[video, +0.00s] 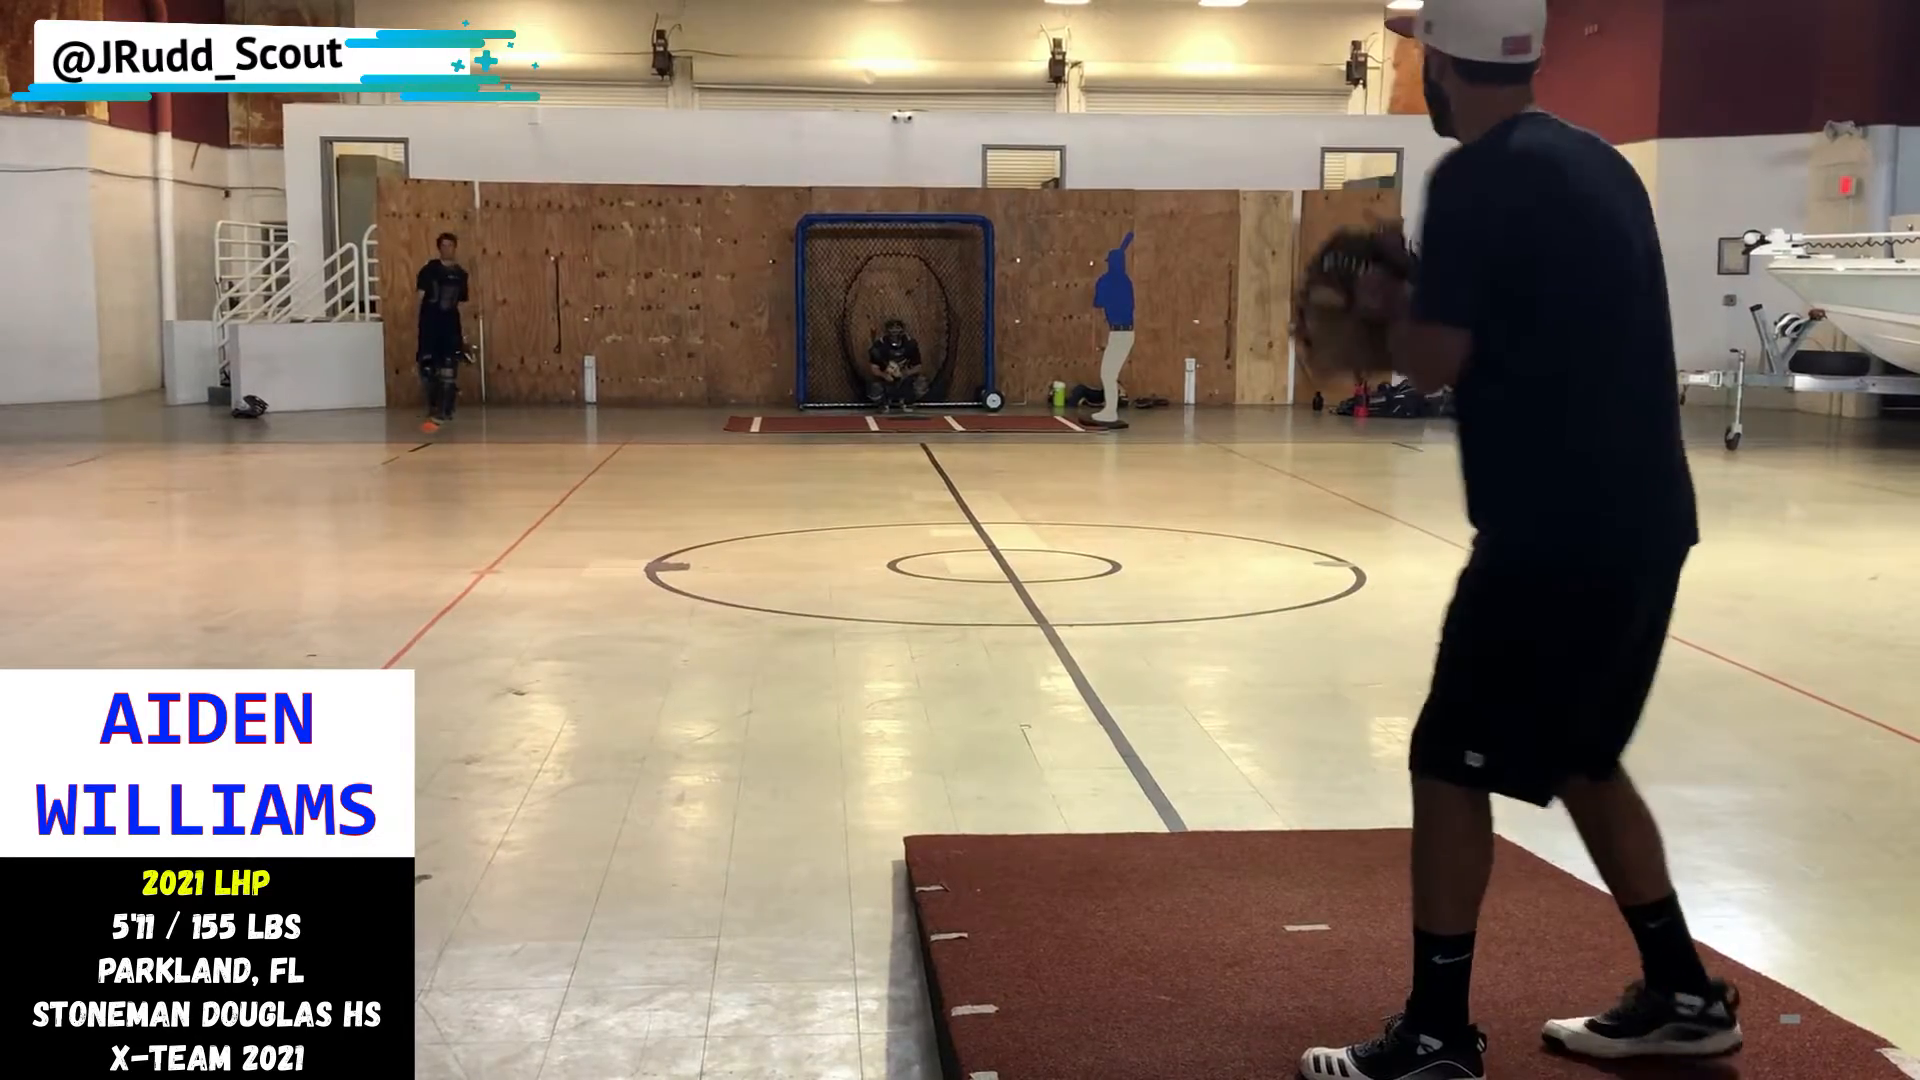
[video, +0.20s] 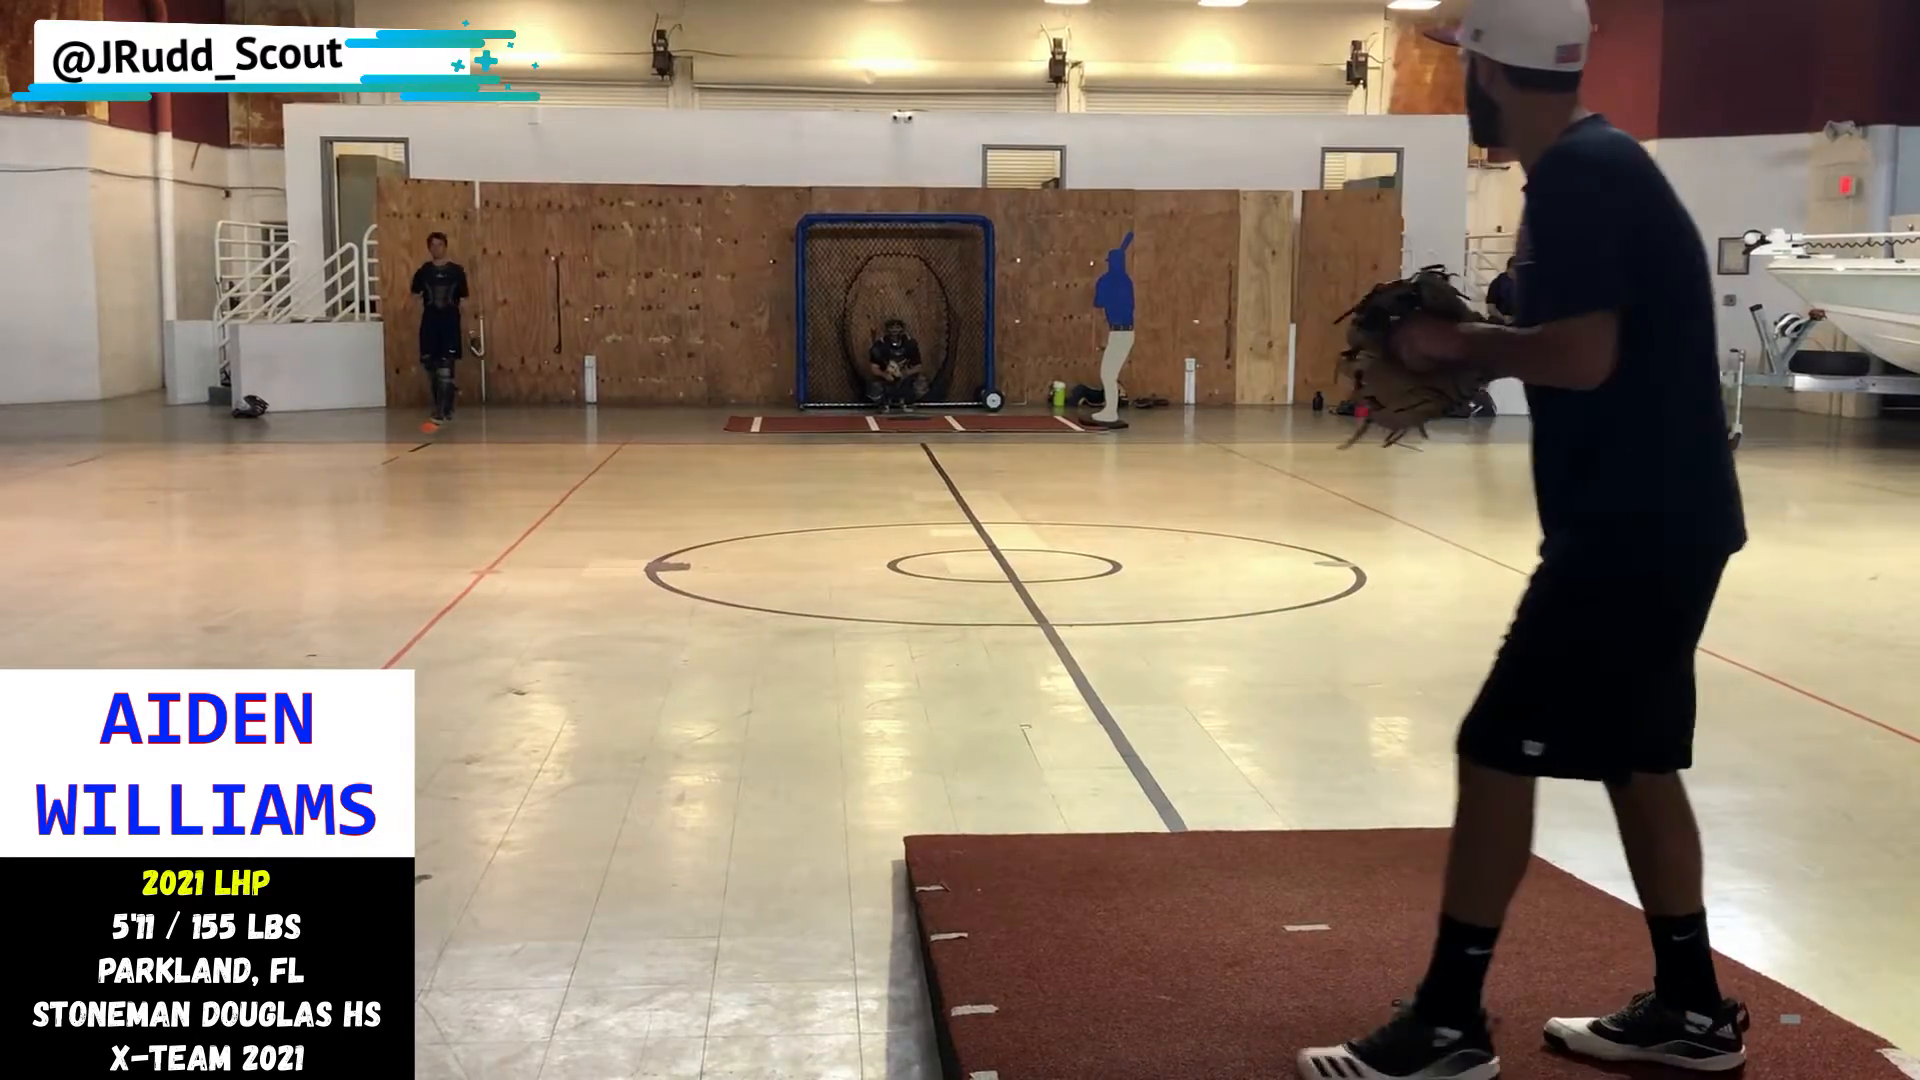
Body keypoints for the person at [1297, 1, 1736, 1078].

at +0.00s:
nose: (1418, 77)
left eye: (1421, 56)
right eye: (1422, 55)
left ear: (1440, 62)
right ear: (1529, 59)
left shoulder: (1473, 180)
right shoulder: (1601, 164)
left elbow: (1435, 360)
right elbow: (1560, 334)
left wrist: (1381, 315)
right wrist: (1419, 285)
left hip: (1544, 536)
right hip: (1644, 522)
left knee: (1446, 761)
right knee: (1580, 750)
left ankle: (1435, 1031)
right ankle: (1682, 991)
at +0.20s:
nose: (1465, 97)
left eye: (1469, 72)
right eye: (1465, 74)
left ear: (1502, 71)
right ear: (1559, 70)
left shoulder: (1579, 174)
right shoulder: (1600, 168)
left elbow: (1584, 352)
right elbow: (1581, 344)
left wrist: (1458, 348)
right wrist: (1470, 352)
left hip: (1622, 533)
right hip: (1665, 526)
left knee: (1496, 748)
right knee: (1639, 758)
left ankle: (1446, 1018)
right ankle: (1690, 1005)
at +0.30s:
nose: (1485, 89)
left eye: (1489, 66)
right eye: (1488, 67)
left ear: (1513, 67)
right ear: (1585, 62)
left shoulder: (1609, 174)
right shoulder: (1612, 168)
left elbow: (1616, 346)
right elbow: (1602, 338)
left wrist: (1478, 343)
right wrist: (1487, 336)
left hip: (1639, 540)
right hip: (1667, 532)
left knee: (1525, 753)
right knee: (1657, 754)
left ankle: (1469, 1023)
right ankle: (1693, 1003)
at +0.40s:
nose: (1497, 88)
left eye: (1502, 63)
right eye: (1498, 65)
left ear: (1533, 66)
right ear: (1595, 63)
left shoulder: (1626, 175)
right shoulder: (1626, 169)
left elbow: (1622, 347)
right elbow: (1612, 341)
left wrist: (1475, 332)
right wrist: (1486, 326)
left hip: (1645, 545)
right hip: (1676, 538)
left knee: (1540, 766)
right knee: (1667, 756)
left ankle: (1471, 1028)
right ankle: (1695, 1003)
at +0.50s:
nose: (1501, 85)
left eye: (1508, 61)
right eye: (1503, 62)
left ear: (1539, 66)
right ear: (1601, 64)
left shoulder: (1633, 175)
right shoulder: (1611, 174)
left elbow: (1611, 347)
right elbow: (1593, 342)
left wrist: (1460, 315)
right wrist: (1471, 313)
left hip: (1645, 546)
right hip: (1671, 539)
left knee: (1525, 758)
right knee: (1669, 758)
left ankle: (1471, 1028)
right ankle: (1696, 1004)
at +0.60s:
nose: (1493, 82)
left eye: (1499, 58)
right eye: (1495, 59)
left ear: (1530, 62)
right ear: (1585, 61)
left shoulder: (1639, 174)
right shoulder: (1565, 185)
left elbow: (1592, 345)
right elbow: (1545, 332)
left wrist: (1438, 294)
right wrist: (1429, 294)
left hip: (1645, 541)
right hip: (1629, 533)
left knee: (1510, 756)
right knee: (1667, 758)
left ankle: (1466, 1026)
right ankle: (1696, 1005)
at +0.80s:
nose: (1463, 72)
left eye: (1472, 51)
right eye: (1466, 52)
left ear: (1505, 60)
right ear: (1543, 63)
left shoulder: (1626, 176)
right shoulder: (1505, 188)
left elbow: (1549, 332)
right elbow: (1488, 353)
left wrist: (1393, 246)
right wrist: (1378, 285)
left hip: (1592, 539)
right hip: (1538, 533)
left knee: (1457, 761)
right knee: (1559, 762)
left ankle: (1460, 1029)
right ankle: (1675, 988)